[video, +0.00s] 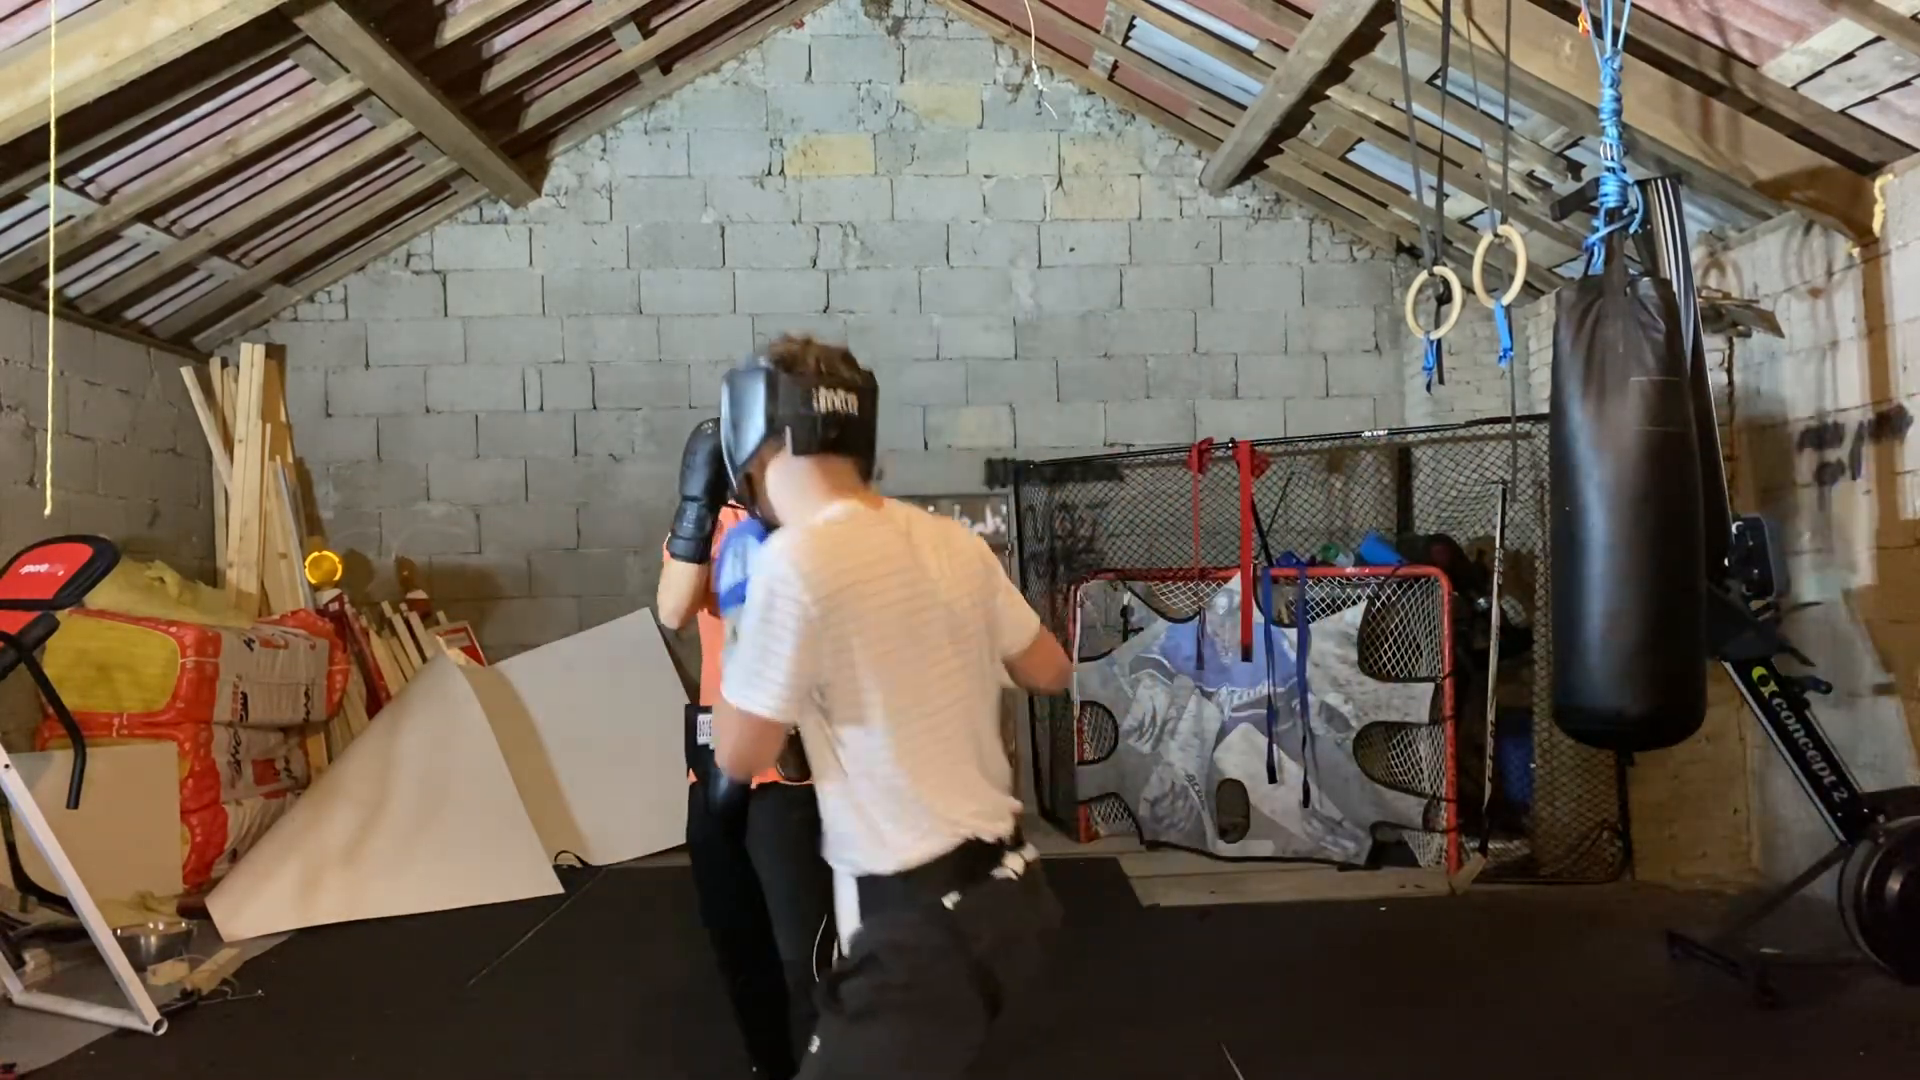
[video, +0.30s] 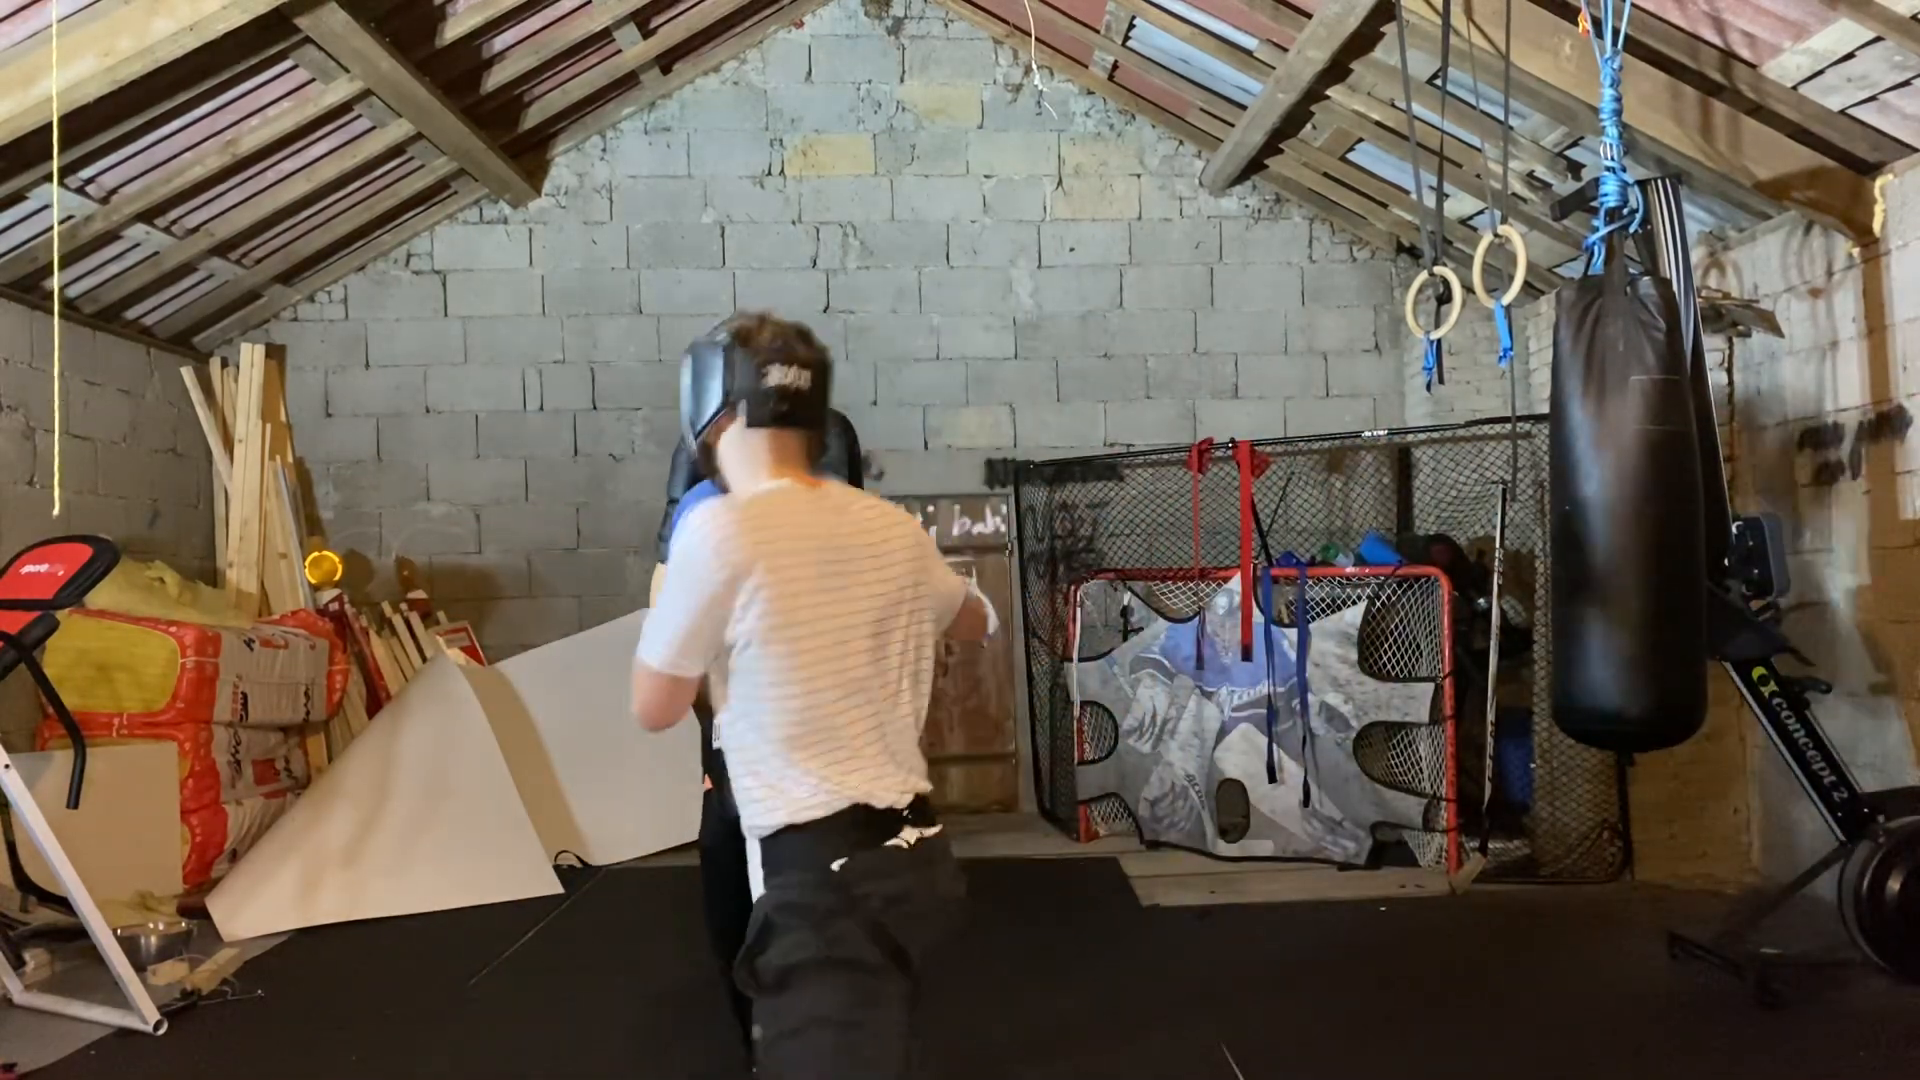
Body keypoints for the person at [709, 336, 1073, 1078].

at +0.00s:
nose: (736, 457)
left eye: (741, 432)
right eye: (739, 435)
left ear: (769, 436)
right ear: (858, 431)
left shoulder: (794, 567)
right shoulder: (953, 541)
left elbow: (742, 756)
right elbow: (1051, 668)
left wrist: (737, 626)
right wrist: (955, 640)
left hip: (909, 934)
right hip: (1018, 897)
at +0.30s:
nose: (692, 415)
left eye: (697, 395)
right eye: (694, 395)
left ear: (718, 407)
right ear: (812, 405)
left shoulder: (720, 532)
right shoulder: (894, 526)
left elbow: (656, 707)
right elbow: (975, 620)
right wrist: (883, 590)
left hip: (817, 883)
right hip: (922, 864)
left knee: (823, 1062)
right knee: (889, 1060)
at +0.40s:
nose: (628, 498)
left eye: (627, 478)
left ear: (648, 477)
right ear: (738, 447)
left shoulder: (679, 573)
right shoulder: (840, 531)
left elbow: (653, 745)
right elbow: (949, 585)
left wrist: (694, 657)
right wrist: (862, 602)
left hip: (826, 908)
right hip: (930, 869)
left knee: (717, 1064)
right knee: (874, 1060)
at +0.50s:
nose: (561, 556)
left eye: (558, 541)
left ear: (579, 549)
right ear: (671, 502)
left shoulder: (622, 645)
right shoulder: (789, 565)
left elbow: (630, 811)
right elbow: (915, 624)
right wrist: (826, 662)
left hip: (817, 925)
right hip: (922, 881)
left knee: (679, 1069)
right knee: (887, 1069)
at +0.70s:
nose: (496, 551)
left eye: (495, 535)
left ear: (508, 543)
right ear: (615, 509)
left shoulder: (531, 650)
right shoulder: (732, 586)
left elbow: (540, 830)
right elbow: (864, 678)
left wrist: (587, 757)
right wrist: (775, 692)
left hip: (729, 954)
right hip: (845, 913)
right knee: (817, 1067)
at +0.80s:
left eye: (486, 452)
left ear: (494, 469)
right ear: (607, 445)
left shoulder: (500, 583)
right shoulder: (715, 542)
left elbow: (503, 766)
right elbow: (840, 659)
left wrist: (563, 707)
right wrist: (750, 660)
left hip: (675, 911)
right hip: (798, 872)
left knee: (591, 1067)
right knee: (773, 1063)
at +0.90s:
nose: (491, 444)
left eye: (491, 425)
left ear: (498, 436)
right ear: (616, 422)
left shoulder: (475, 543)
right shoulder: (709, 523)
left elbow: (467, 718)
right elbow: (817, 659)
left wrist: (537, 641)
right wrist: (729, 632)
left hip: (626, 876)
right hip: (756, 854)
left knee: (597, 1065)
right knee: (754, 1068)